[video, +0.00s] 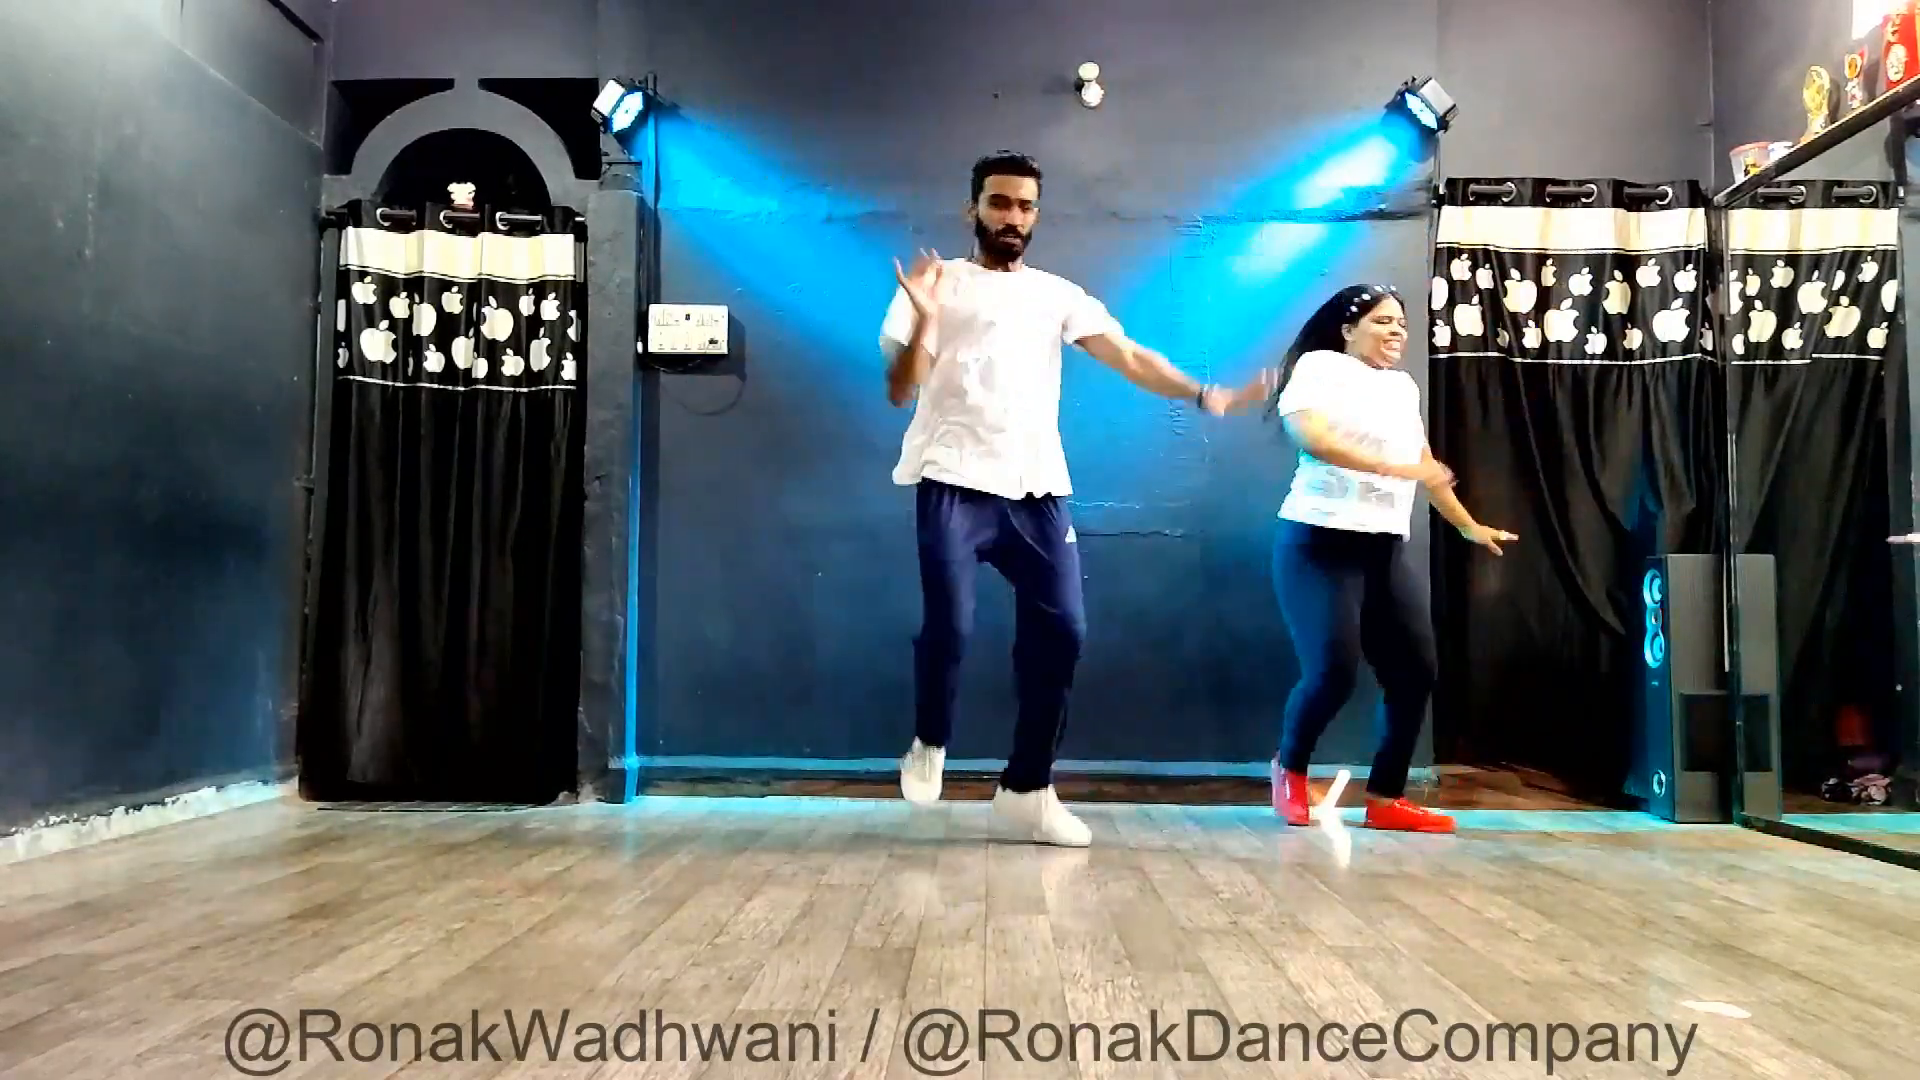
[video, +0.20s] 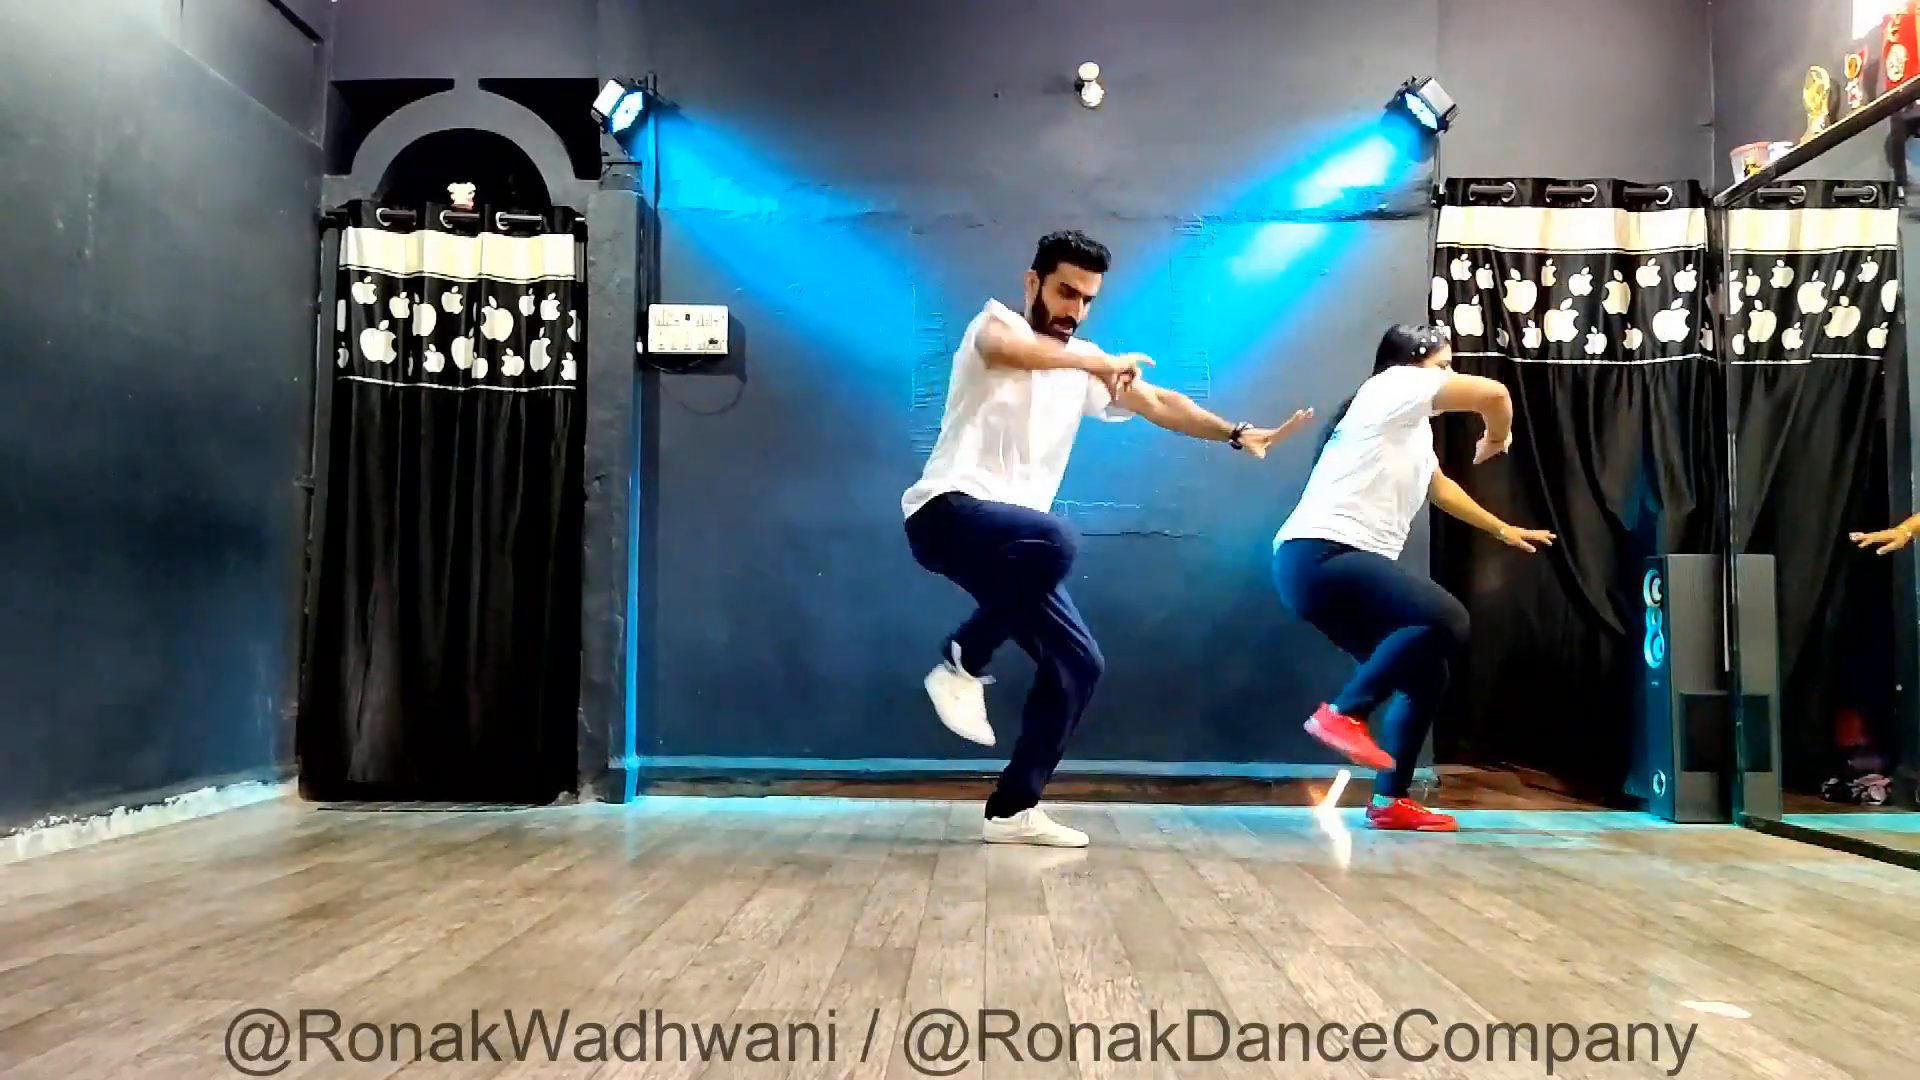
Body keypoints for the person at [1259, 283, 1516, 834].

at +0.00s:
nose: (1396, 332)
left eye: (1401, 326)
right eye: (1383, 322)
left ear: (1403, 336)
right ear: (1348, 327)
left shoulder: (1403, 388)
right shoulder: (1317, 367)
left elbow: (1422, 464)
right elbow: (1317, 440)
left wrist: (1469, 525)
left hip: (1386, 547)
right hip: (1317, 541)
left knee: (1413, 670)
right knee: (1330, 672)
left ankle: (1385, 798)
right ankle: (1289, 771)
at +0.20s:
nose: (1449, 375)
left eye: (1449, 366)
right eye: (1442, 364)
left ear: (1407, 364)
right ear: (1413, 362)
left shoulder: (1412, 435)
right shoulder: (1392, 387)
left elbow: (1443, 490)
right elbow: (1493, 392)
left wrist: (1501, 529)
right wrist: (1497, 438)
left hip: (1327, 568)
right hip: (1324, 550)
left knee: (1426, 668)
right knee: (1445, 617)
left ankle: (1390, 799)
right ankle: (1341, 712)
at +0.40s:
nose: (1437, 376)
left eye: (1436, 367)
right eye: (1423, 369)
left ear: (1389, 385)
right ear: (1393, 378)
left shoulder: (1371, 430)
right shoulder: (1411, 417)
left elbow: (1423, 519)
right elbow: (1449, 493)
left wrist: (1485, 498)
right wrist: (1476, 455)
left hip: (1331, 583)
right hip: (1376, 572)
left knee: (1432, 690)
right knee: (1476, 684)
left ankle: (1391, 801)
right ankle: (1426, 813)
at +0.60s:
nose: (1381, 291)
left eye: (1391, 286)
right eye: (1368, 286)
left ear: (1404, 304)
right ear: (1348, 301)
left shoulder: (1416, 366)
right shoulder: (1341, 328)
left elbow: (1427, 444)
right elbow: (1330, 358)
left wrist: (1496, 424)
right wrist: (1414, 363)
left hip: (1401, 513)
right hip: (1346, 503)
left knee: (1422, 641)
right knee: (1407, 635)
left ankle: (1401, 782)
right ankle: (1386, 785)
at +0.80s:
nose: (1381, 306)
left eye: (1391, 301)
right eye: (1367, 300)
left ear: (1403, 322)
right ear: (1343, 316)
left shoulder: (1417, 371)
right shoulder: (1320, 348)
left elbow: (1498, 379)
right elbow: (1248, 368)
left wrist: (1481, 366)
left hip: (1377, 529)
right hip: (1309, 527)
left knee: (1477, 548)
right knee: (1314, 666)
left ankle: (1419, 658)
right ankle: (1284, 798)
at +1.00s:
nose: (1388, 351)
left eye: (1398, 348)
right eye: (1376, 345)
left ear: (1410, 372)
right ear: (1354, 365)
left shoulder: (1417, 430)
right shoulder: (1315, 397)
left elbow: (1519, 420)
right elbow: (1226, 406)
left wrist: (1454, 419)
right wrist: (1154, 403)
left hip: (1359, 571)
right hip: (1286, 567)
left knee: (1470, 572)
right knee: (1311, 680)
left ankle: (1462, 708)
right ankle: (1286, 804)